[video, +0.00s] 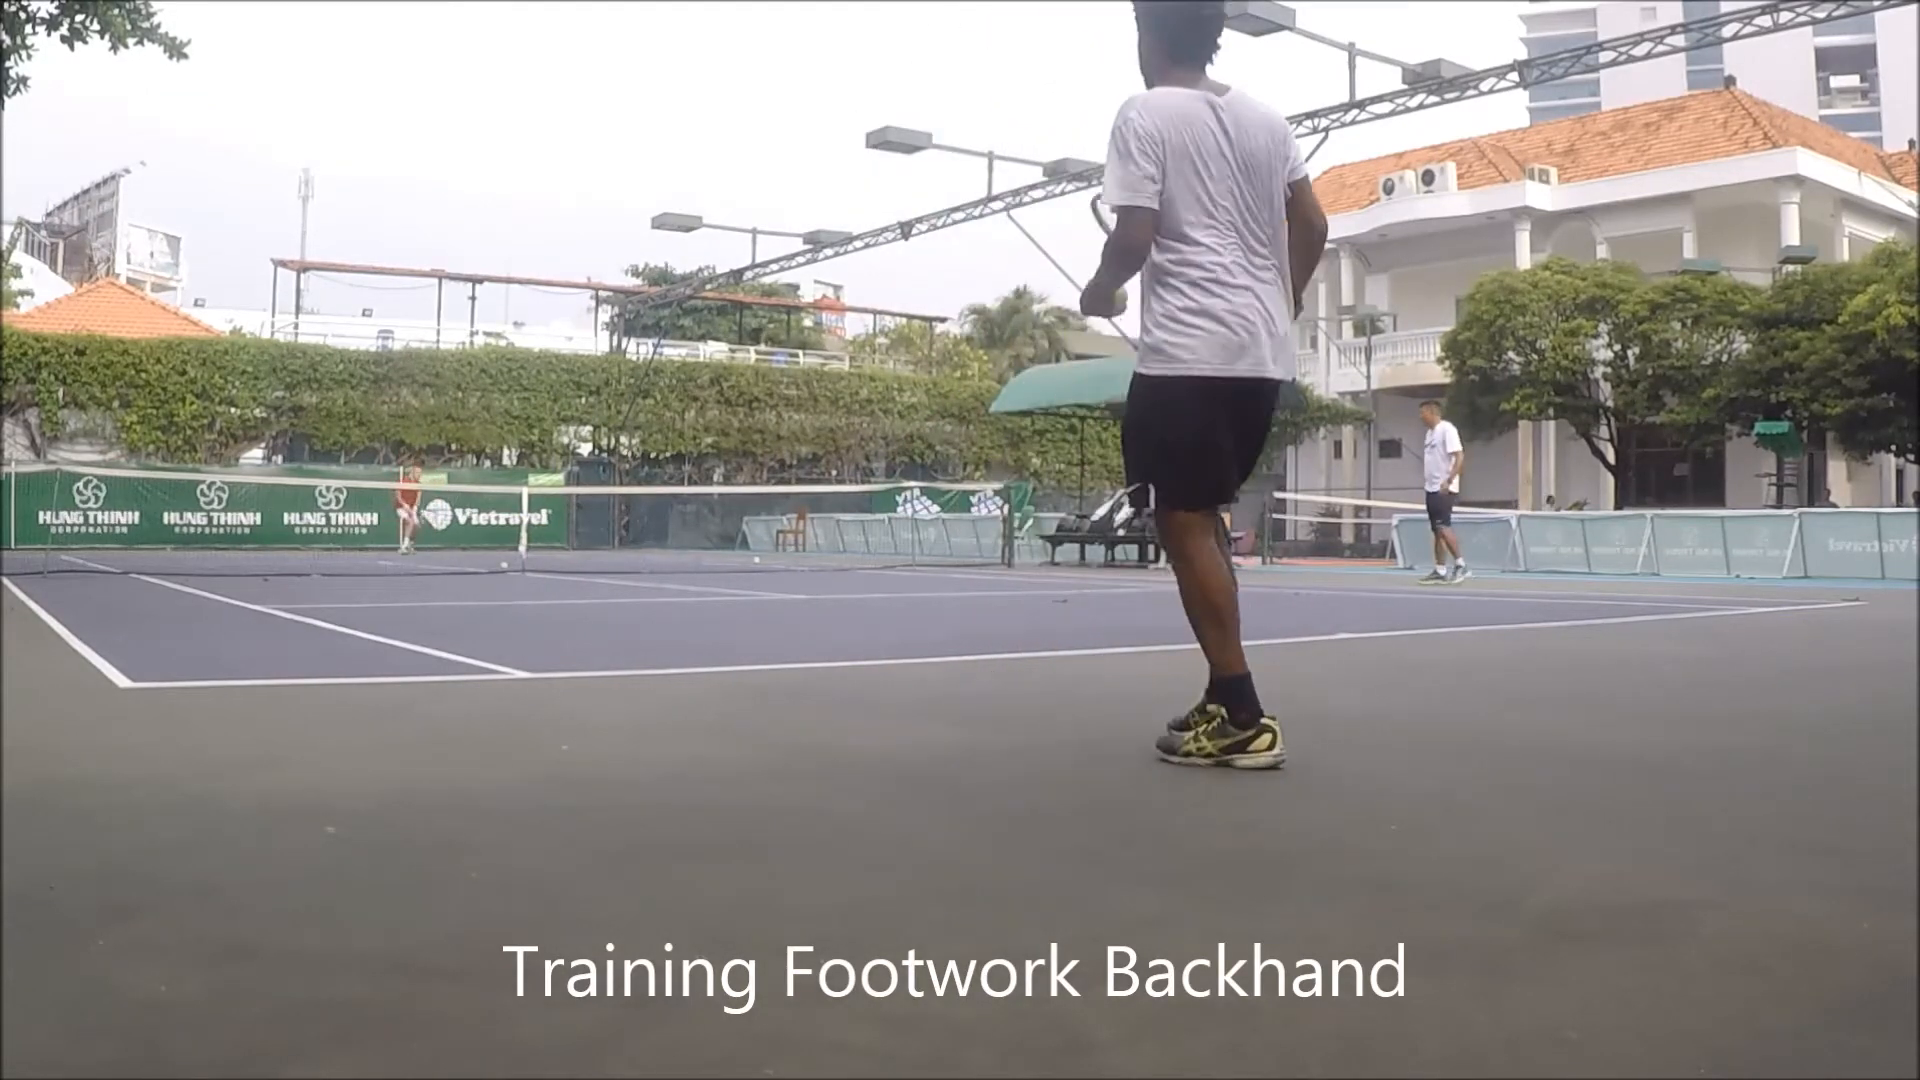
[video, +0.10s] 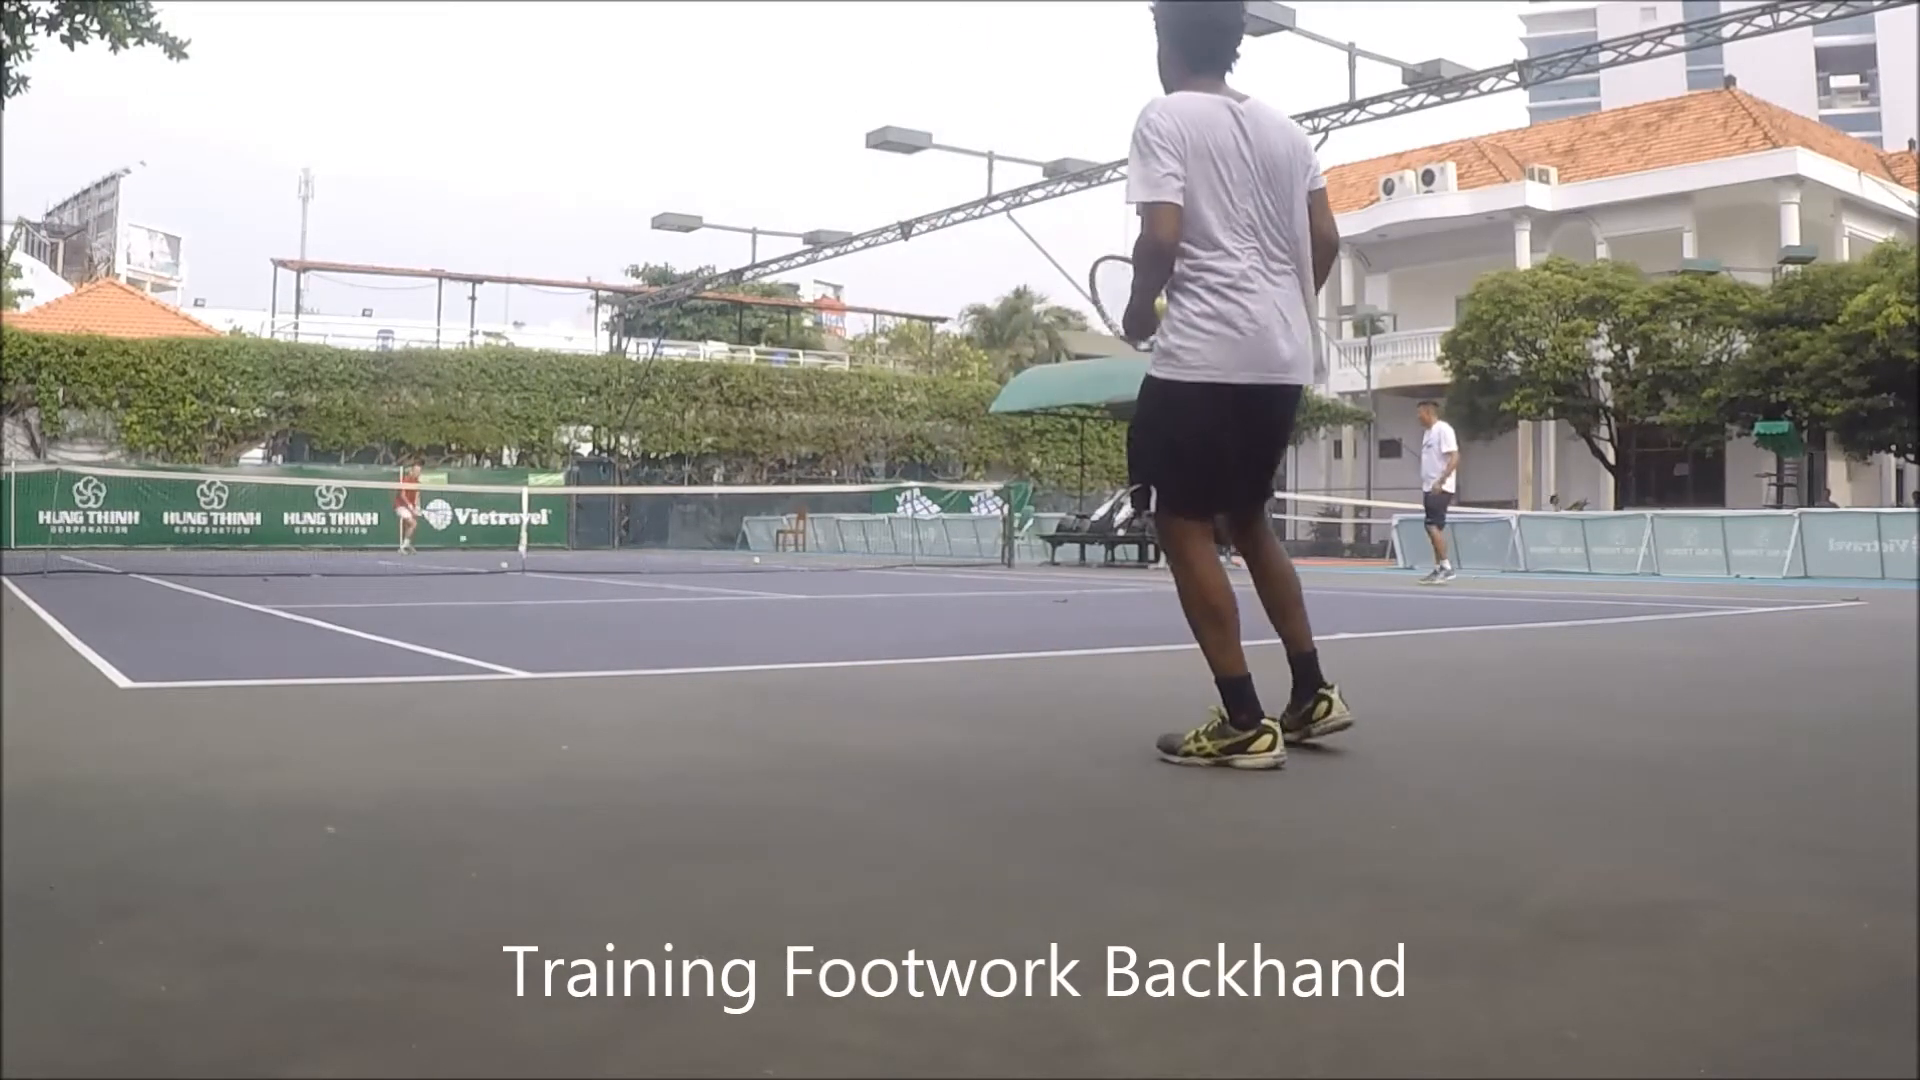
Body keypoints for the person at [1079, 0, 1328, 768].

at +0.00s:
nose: (1135, 47)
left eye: (1137, 32)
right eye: (1141, 32)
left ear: (1149, 37)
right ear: (1212, 42)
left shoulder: (1146, 113)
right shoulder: (1266, 122)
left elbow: (1136, 233)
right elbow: (1312, 228)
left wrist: (1102, 286)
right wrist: (1276, 303)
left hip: (1186, 357)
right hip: (1264, 359)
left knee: (1185, 525)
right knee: (1199, 520)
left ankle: (1243, 717)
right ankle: (1224, 697)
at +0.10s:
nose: (1154, 56)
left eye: (1156, 42)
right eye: (1159, 41)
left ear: (1169, 47)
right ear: (1231, 50)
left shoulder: (1165, 117)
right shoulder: (1286, 131)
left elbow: (1162, 236)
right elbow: (1325, 239)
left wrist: (1139, 309)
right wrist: (1285, 311)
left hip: (1202, 359)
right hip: (1284, 361)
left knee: (1185, 533)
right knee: (1249, 520)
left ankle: (1243, 722)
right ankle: (1313, 693)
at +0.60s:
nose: (1244, 64)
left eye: (1246, 52)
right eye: (1249, 51)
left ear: (1255, 56)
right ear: (1323, 57)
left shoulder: (1255, 124)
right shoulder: (1373, 140)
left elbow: (1231, 240)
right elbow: (1405, 251)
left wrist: (1205, 285)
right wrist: (1351, 298)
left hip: (1285, 360)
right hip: (1376, 362)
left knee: (1238, 522)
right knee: (1370, 526)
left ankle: (1247, 719)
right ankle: (1407, 708)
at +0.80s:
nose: (1246, 65)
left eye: (1249, 52)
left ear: (1257, 56)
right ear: (1325, 57)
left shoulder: (1256, 125)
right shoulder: (1374, 140)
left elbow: (1237, 238)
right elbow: (1408, 249)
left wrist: (1212, 278)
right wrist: (1351, 288)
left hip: (1284, 362)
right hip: (1378, 362)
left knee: (1233, 523)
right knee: (1373, 525)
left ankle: (1245, 714)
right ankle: (1407, 708)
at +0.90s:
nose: (1233, 68)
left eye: (1236, 56)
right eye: (1236, 55)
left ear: (1247, 61)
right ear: (1313, 64)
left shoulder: (1247, 126)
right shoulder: (1364, 144)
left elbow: (1233, 237)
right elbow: (1401, 252)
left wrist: (1205, 283)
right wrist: (1343, 300)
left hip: (1280, 355)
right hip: (1373, 360)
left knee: (1210, 518)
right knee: (1360, 527)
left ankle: (1229, 706)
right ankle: (1405, 707)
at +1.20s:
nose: (1130, 95)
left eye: (1132, 81)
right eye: (1132, 81)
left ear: (1144, 83)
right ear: (1205, 83)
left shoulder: (1162, 153)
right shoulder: (1253, 158)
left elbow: (1159, 274)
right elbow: (1256, 280)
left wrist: (1098, 290)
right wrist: (1166, 323)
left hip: (1209, 373)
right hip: (1291, 380)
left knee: (1098, 527)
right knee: (1300, 547)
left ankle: (1129, 725)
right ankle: (1397, 708)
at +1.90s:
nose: (826, 150)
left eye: (833, 138)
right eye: (824, 142)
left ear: (861, 131)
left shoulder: (922, 163)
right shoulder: (853, 216)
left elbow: (881, 207)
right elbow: (780, 272)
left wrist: (801, 156)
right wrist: (727, 228)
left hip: (963, 392)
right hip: (911, 401)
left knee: (951, 555)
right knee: (825, 532)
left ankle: (1102, 695)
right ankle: (756, 683)